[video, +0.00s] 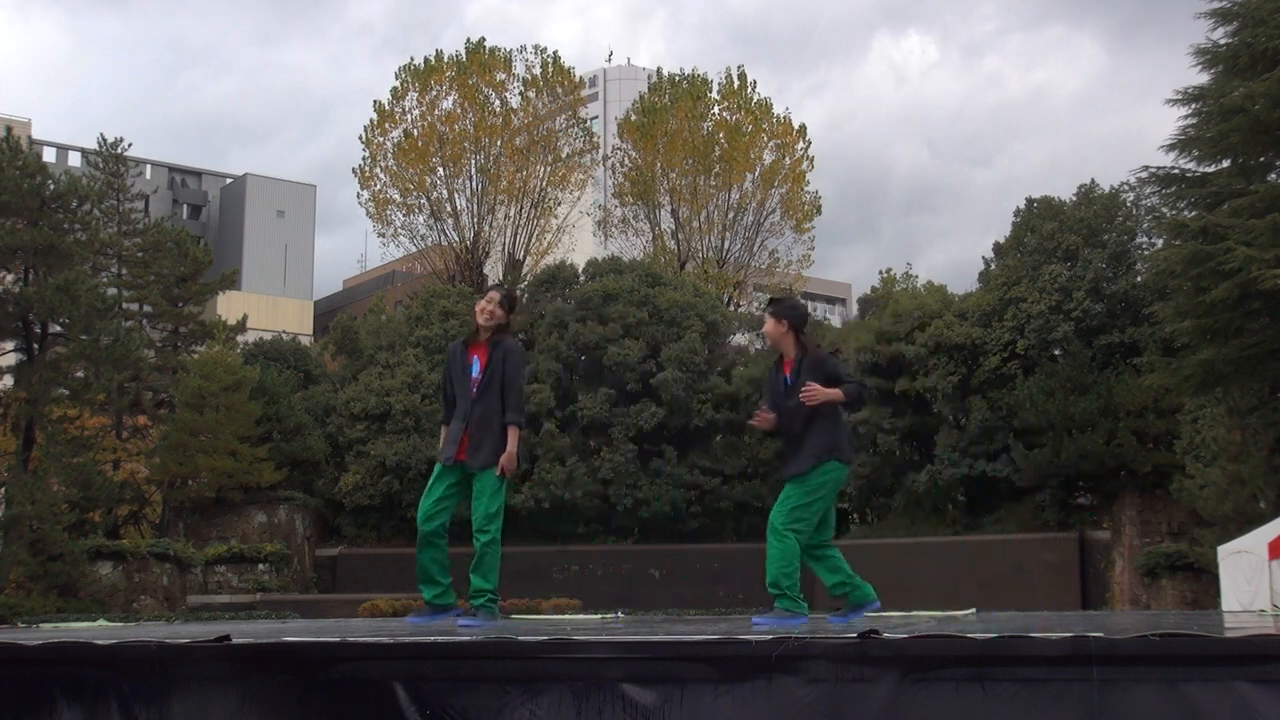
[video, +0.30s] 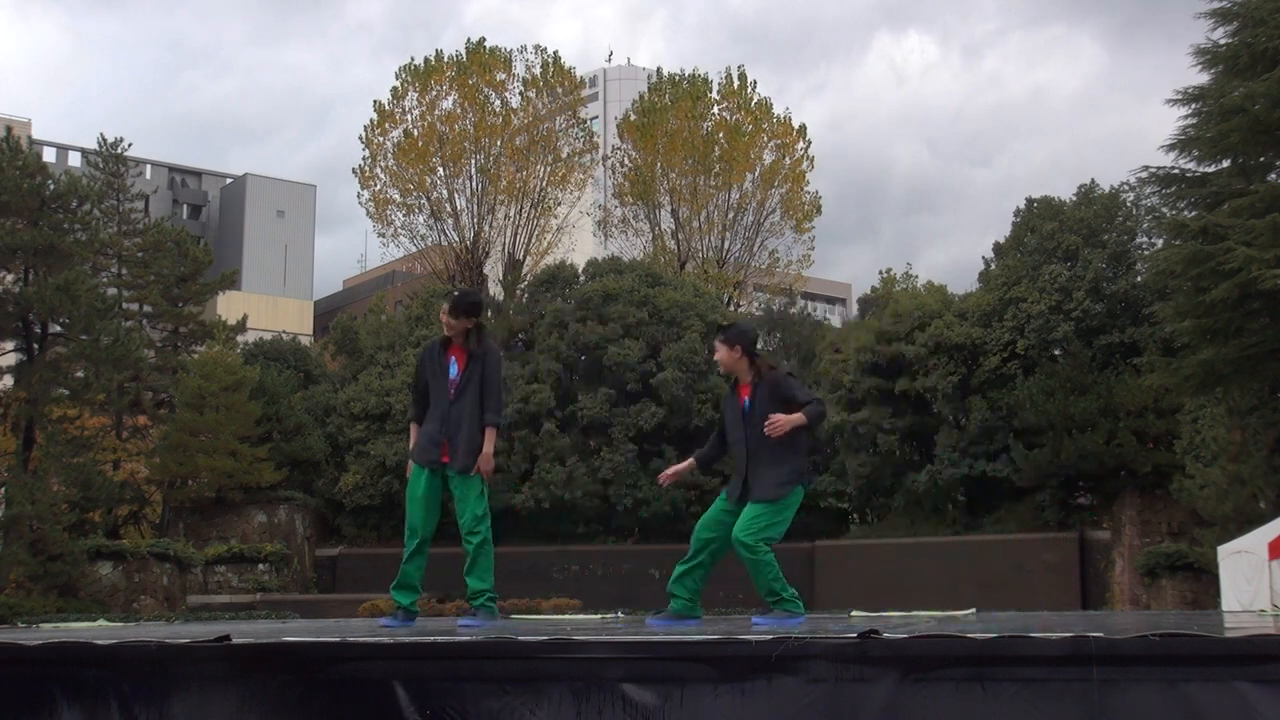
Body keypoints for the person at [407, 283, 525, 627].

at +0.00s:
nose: (487, 308)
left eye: (495, 306)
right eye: (485, 301)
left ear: (505, 317)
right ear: (476, 305)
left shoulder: (510, 350)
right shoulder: (457, 350)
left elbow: (514, 400)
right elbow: (449, 401)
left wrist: (512, 447)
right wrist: (445, 441)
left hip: (491, 452)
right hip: (455, 449)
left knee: (484, 529)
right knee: (428, 519)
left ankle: (485, 606)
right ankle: (439, 602)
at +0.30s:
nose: (445, 320)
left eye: (452, 318)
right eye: (445, 314)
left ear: (471, 322)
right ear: (443, 313)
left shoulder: (487, 354)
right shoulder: (430, 352)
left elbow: (492, 405)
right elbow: (419, 404)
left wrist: (488, 450)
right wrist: (413, 452)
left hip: (467, 456)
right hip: (428, 453)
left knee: (475, 532)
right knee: (416, 531)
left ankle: (483, 606)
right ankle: (405, 607)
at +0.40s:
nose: (431, 324)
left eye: (438, 319)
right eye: (429, 318)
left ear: (457, 320)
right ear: (428, 318)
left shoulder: (477, 355)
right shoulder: (418, 354)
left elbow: (484, 408)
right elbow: (406, 408)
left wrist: (478, 452)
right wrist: (402, 454)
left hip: (456, 455)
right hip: (415, 455)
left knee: (466, 531)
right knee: (409, 532)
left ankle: (481, 606)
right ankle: (404, 607)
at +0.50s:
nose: (425, 326)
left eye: (432, 321)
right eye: (422, 320)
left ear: (448, 320)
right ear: (417, 318)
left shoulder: (470, 355)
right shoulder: (410, 356)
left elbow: (477, 408)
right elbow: (396, 410)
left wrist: (471, 452)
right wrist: (393, 456)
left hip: (451, 455)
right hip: (410, 456)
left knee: (453, 527)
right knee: (405, 531)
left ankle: (476, 604)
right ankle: (404, 607)